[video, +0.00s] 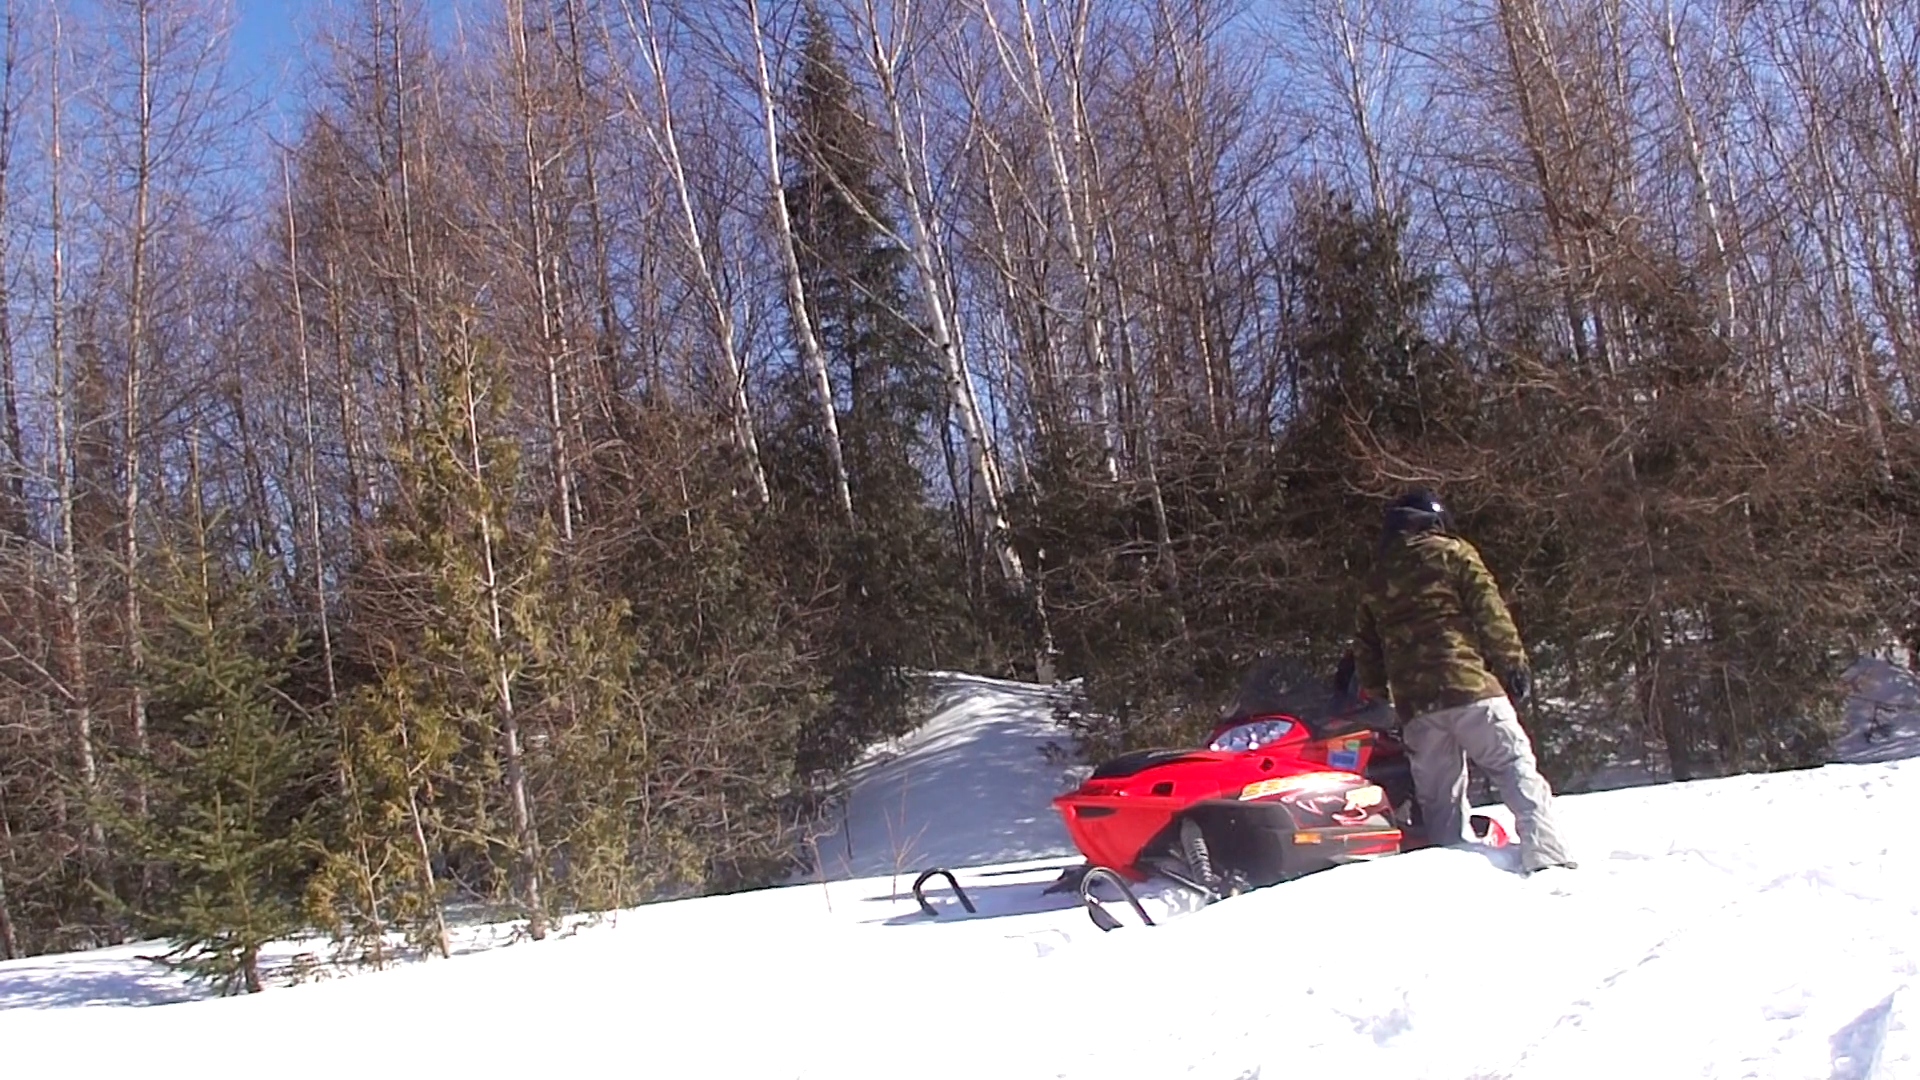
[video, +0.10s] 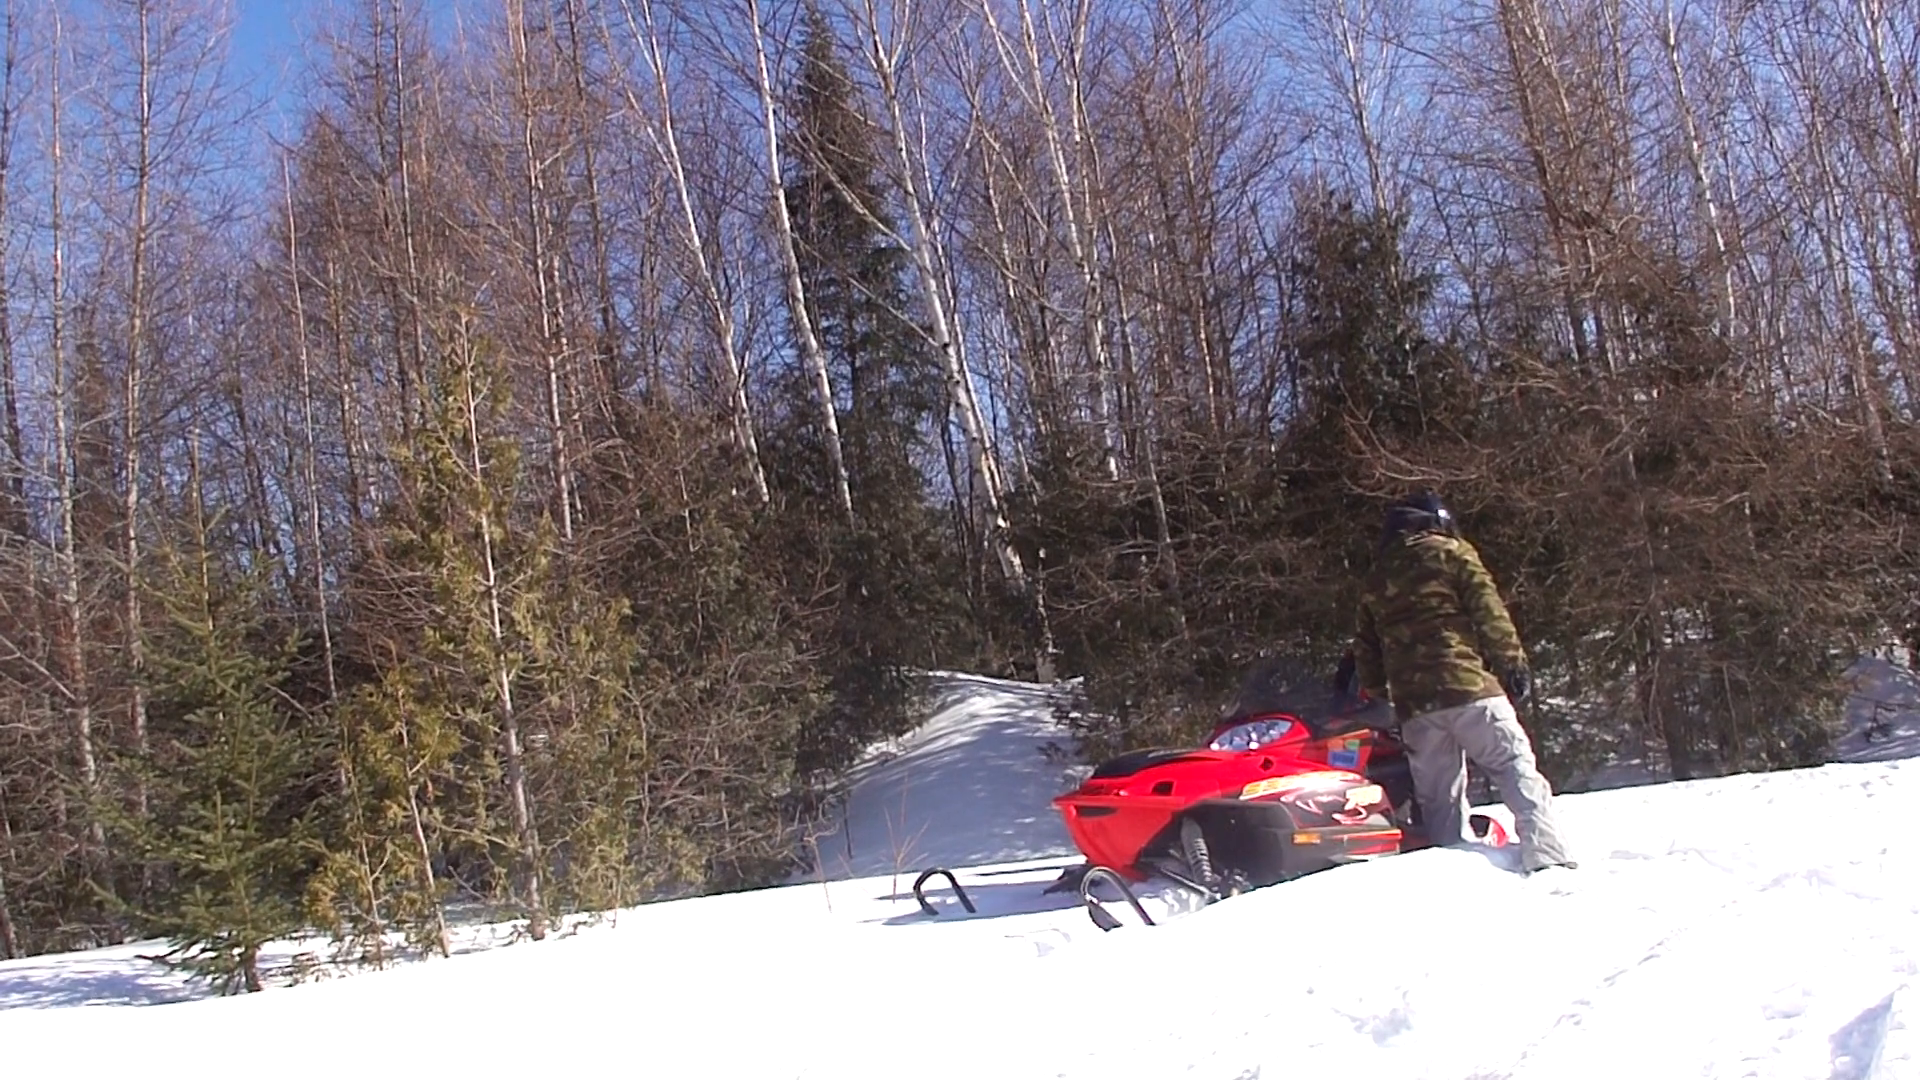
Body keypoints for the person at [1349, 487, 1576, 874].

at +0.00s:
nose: (1447, 525)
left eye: (1443, 521)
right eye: (1443, 520)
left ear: (1394, 524)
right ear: (1435, 519)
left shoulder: (1376, 575)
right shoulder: (1452, 551)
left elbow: (1367, 645)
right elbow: (1487, 607)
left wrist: (1377, 690)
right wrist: (1512, 661)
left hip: (1414, 700)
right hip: (1469, 687)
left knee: (1439, 800)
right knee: (1513, 765)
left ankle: (1449, 878)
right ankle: (1544, 853)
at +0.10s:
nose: (1452, 528)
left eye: (1450, 522)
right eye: (1448, 522)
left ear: (1397, 526)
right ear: (1436, 520)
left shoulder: (1376, 574)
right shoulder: (1452, 551)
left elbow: (1366, 643)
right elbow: (1486, 607)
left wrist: (1377, 689)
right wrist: (1513, 661)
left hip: (1412, 700)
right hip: (1467, 686)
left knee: (1438, 801)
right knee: (1513, 763)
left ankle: (1450, 878)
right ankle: (1545, 856)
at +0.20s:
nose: (1454, 530)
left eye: (1452, 524)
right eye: (1450, 524)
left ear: (1398, 526)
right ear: (1438, 521)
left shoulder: (1375, 573)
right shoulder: (1451, 552)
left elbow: (1366, 642)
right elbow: (1486, 607)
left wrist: (1376, 687)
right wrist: (1512, 662)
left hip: (1412, 702)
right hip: (1466, 687)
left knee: (1437, 803)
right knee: (1513, 766)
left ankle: (1449, 880)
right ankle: (1546, 857)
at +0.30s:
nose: (1455, 530)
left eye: (1453, 524)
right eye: (1451, 524)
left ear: (1399, 526)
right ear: (1438, 521)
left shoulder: (1375, 574)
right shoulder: (1452, 552)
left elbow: (1368, 645)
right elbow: (1485, 610)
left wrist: (1380, 686)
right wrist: (1511, 663)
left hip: (1412, 700)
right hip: (1466, 688)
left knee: (1438, 802)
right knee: (1512, 764)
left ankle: (1450, 879)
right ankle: (1546, 857)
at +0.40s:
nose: (1456, 531)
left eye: (1455, 525)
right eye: (1452, 525)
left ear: (1402, 525)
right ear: (1440, 522)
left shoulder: (1377, 572)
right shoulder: (1452, 551)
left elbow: (1368, 644)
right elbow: (1486, 612)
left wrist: (1381, 686)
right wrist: (1512, 666)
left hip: (1411, 699)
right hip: (1465, 687)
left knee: (1437, 800)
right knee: (1512, 763)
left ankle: (1449, 878)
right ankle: (1546, 857)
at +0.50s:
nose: (1457, 530)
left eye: (1455, 524)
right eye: (1453, 524)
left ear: (1402, 525)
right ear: (1441, 521)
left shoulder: (1378, 572)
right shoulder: (1453, 551)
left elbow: (1369, 642)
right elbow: (1486, 613)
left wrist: (1381, 686)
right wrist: (1513, 667)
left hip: (1412, 698)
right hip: (1465, 687)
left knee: (1437, 798)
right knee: (1512, 763)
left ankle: (1446, 877)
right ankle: (1546, 856)